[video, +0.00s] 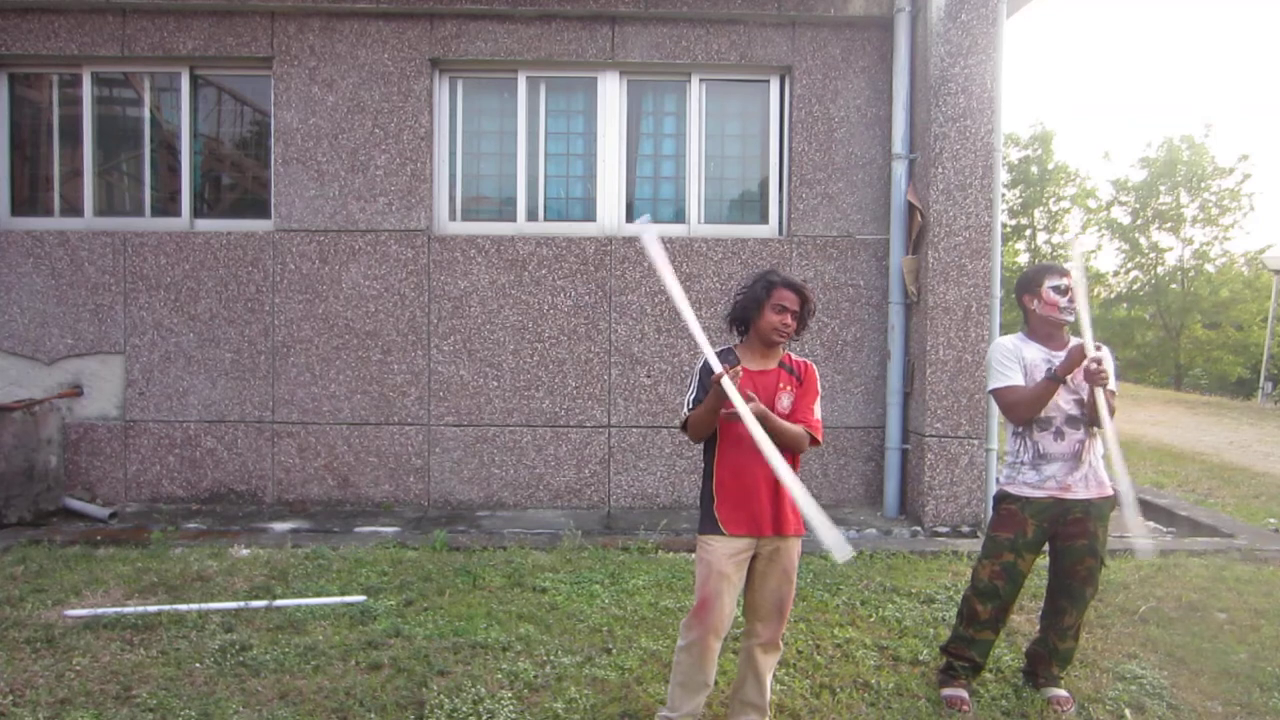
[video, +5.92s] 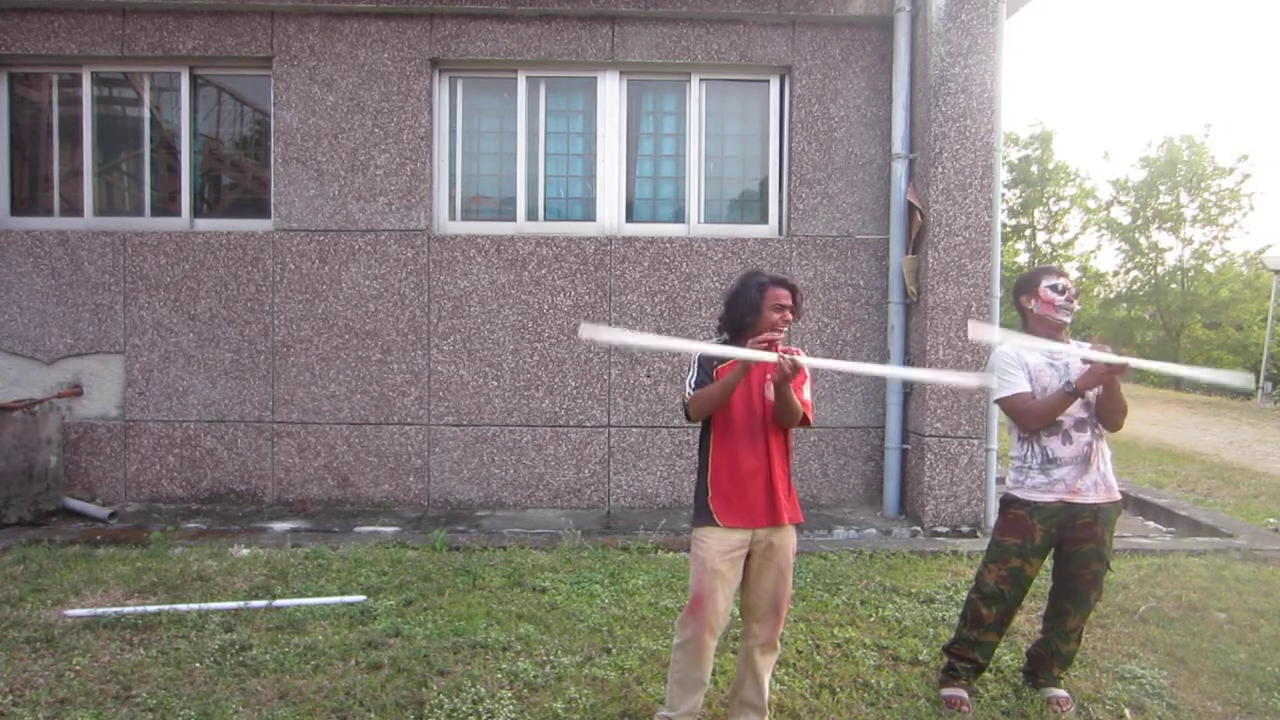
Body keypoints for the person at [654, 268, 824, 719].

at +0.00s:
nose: (788, 321)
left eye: (795, 315)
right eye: (779, 309)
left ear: (799, 323)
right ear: (751, 310)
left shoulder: (803, 371)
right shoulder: (717, 364)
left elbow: (802, 441)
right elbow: (694, 431)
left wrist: (763, 415)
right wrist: (718, 395)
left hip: (783, 519)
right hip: (725, 518)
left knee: (767, 634)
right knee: (708, 623)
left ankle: (750, 715)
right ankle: (678, 714)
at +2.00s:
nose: (793, 332)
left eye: (800, 327)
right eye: (787, 320)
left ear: (803, 332)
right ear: (759, 315)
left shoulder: (804, 373)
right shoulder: (717, 363)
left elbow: (800, 430)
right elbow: (693, 430)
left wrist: (767, 376)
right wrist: (721, 390)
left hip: (782, 520)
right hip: (724, 519)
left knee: (767, 635)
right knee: (707, 624)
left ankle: (750, 715)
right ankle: (678, 714)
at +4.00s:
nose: (790, 320)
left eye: (800, 315)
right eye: (783, 308)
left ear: (805, 326)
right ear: (761, 308)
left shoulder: (807, 373)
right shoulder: (723, 358)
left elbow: (800, 428)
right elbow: (713, 429)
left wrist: (751, 396)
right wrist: (732, 382)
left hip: (785, 519)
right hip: (728, 516)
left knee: (768, 635)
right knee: (709, 621)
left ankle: (749, 715)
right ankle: (678, 714)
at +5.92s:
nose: (785, 318)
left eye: (789, 310)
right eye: (776, 309)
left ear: (792, 317)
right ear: (745, 310)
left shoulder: (794, 364)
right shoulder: (714, 356)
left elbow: (792, 420)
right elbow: (695, 409)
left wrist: (784, 382)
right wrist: (743, 365)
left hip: (777, 515)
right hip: (720, 515)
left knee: (765, 631)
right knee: (703, 621)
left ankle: (749, 714)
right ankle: (678, 713)